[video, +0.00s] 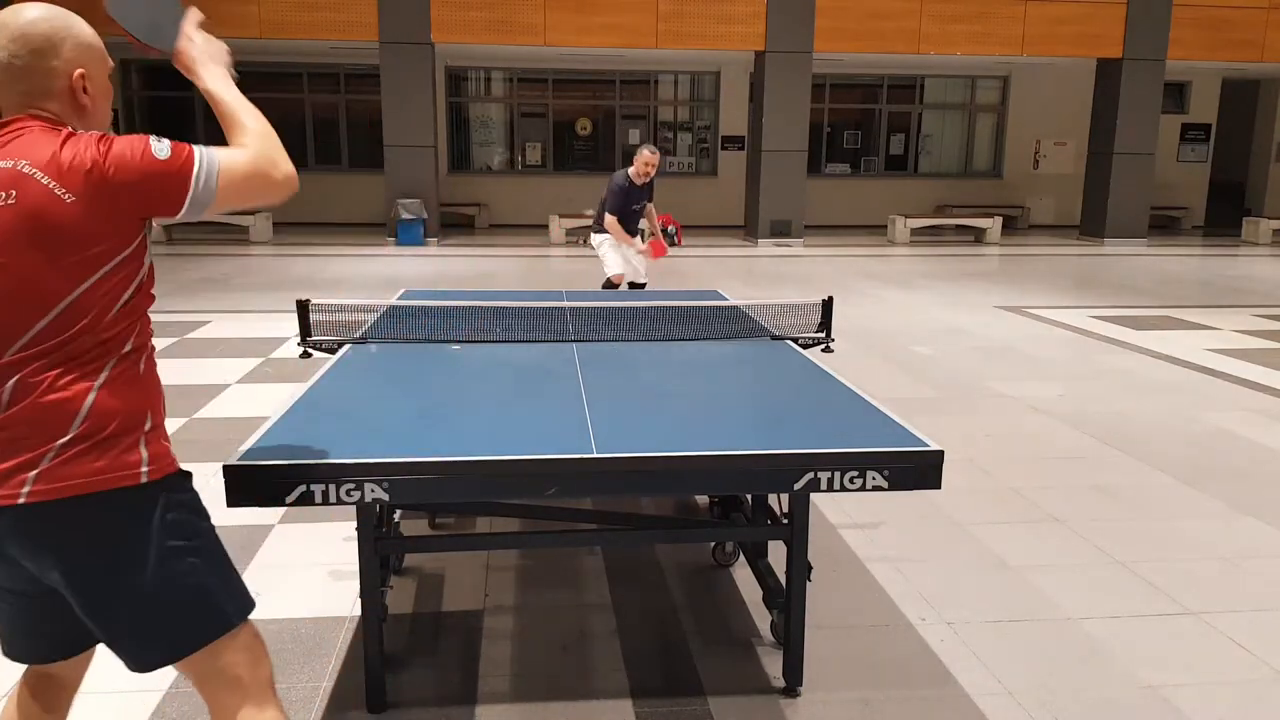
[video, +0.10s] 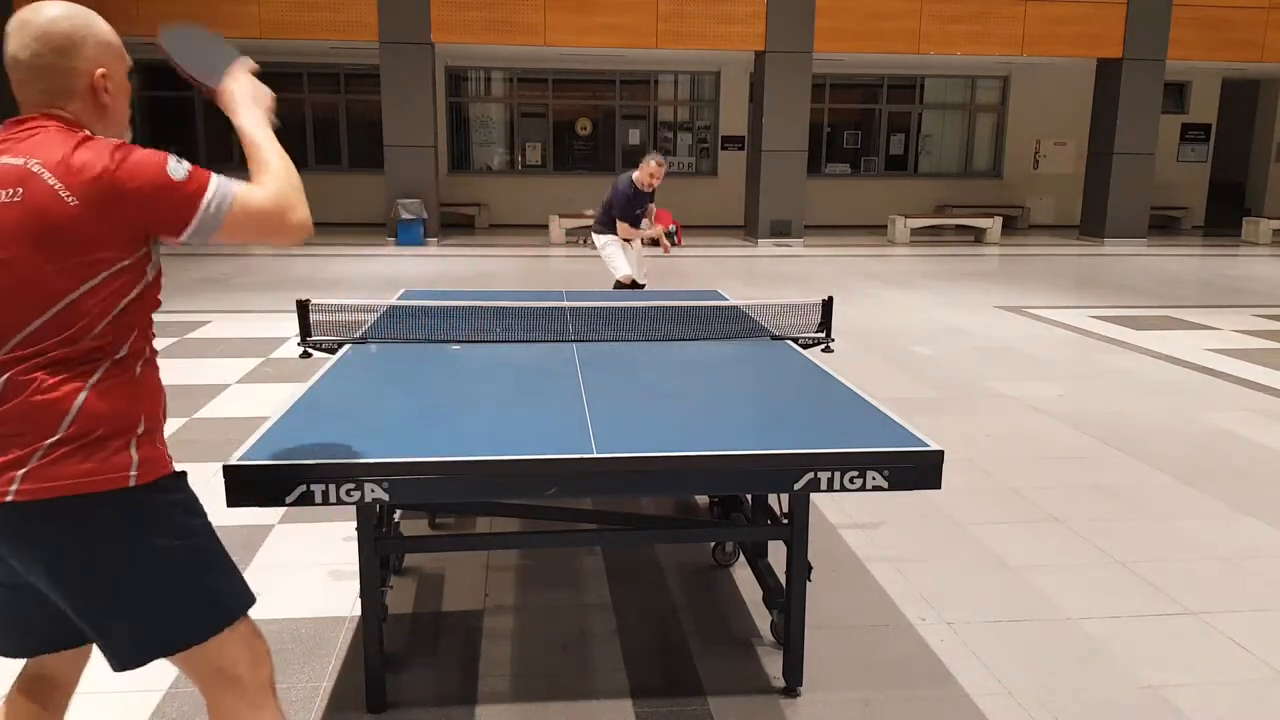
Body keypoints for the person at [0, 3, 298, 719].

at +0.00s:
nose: (111, 97)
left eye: (108, 79)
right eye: (105, 80)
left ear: (10, 88)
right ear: (77, 84)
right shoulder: (102, 166)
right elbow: (273, 172)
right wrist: (215, 75)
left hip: (13, 494)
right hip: (114, 488)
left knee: (47, 673)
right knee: (241, 685)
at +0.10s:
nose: (130, 88)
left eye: (126, 73)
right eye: (124, 74)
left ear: (25, 84)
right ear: (98, 83)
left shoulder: (5, 157)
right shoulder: (107, 172)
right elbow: (288, 217)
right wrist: (250, 110)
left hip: (12, 489)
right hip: (99, 488)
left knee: (49, 669)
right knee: (241, 674)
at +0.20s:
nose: (167, 93)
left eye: (165, 78)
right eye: (163, 78)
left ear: (67, 86)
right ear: (142, 86)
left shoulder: (9, 167)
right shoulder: (133, 181)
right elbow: (304, 268)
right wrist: (298, 163)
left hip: (15, 489)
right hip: (107, 494)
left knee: (51, 668)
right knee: (245, 673)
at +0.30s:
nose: (226, 105)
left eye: (222, 88)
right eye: (222, 89)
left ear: (120, 95)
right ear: (203, 98)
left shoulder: (35, 178)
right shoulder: (175, 204)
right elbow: (319, 332)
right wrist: (351, 229)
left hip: (14, 498)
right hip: (122, 507)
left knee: (68, 665)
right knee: (269, 677)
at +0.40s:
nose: (280, 137)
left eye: (280, 120)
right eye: (279, 120)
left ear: (178, 117)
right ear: (258, 128)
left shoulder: (85, 192)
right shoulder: (213, 231)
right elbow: (314, 394)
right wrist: (385, 323)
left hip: (34, 502)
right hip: (143, 513)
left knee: (104, 633)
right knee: (296, 678)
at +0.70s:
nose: (353, 177)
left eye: (355, 162)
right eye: (354, 161)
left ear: (257, 145)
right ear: (328, 166)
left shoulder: (182, 196)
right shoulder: (247, 265)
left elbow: (213, 292)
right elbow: (301, 447)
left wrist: (306, 314)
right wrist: (406, 405)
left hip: (59, 486)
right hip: (132, 511)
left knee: (113, 654)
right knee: (307, 661)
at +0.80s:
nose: (379, 215)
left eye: (382, 201)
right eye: (381, 201)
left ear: (283, 173)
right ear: (356, 202)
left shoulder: (216, 220)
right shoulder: (269, 299)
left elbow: (243, 336)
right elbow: (315, 480)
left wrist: (353, 327)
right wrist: (422, 440)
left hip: (71, 487)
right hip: (124, 519)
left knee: (142, 636)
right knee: (308, 671)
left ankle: (73, 716)